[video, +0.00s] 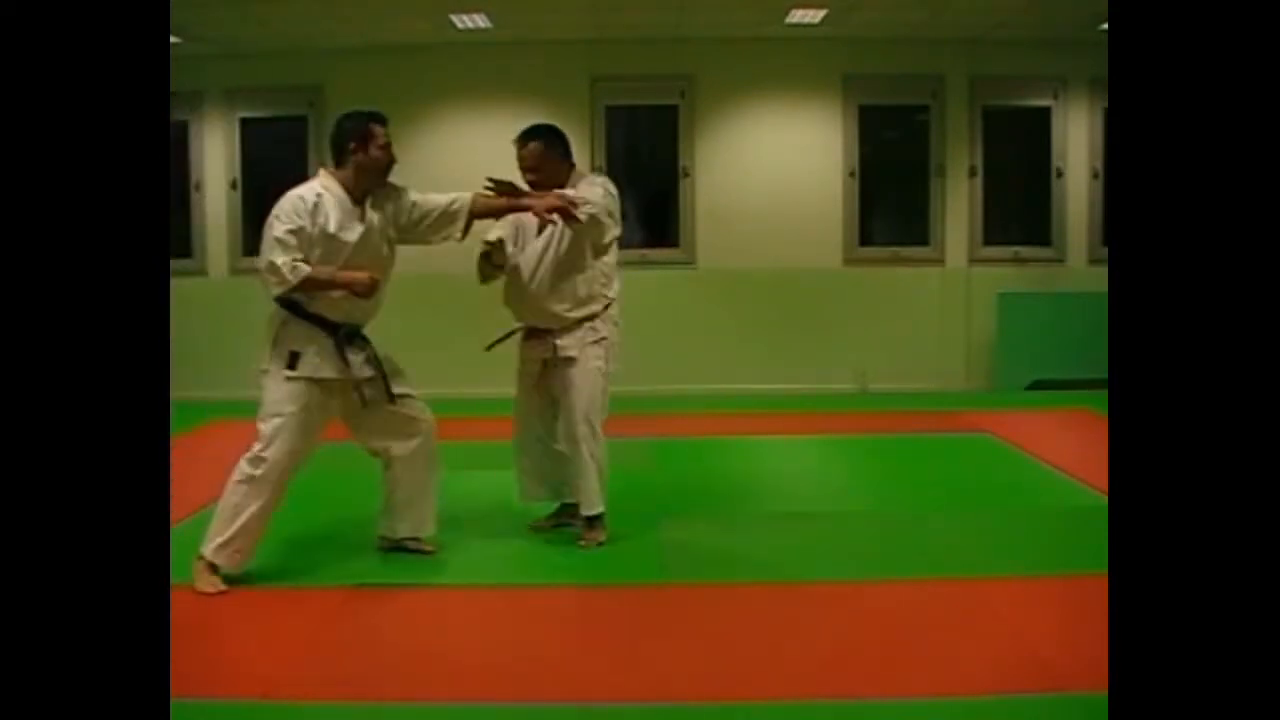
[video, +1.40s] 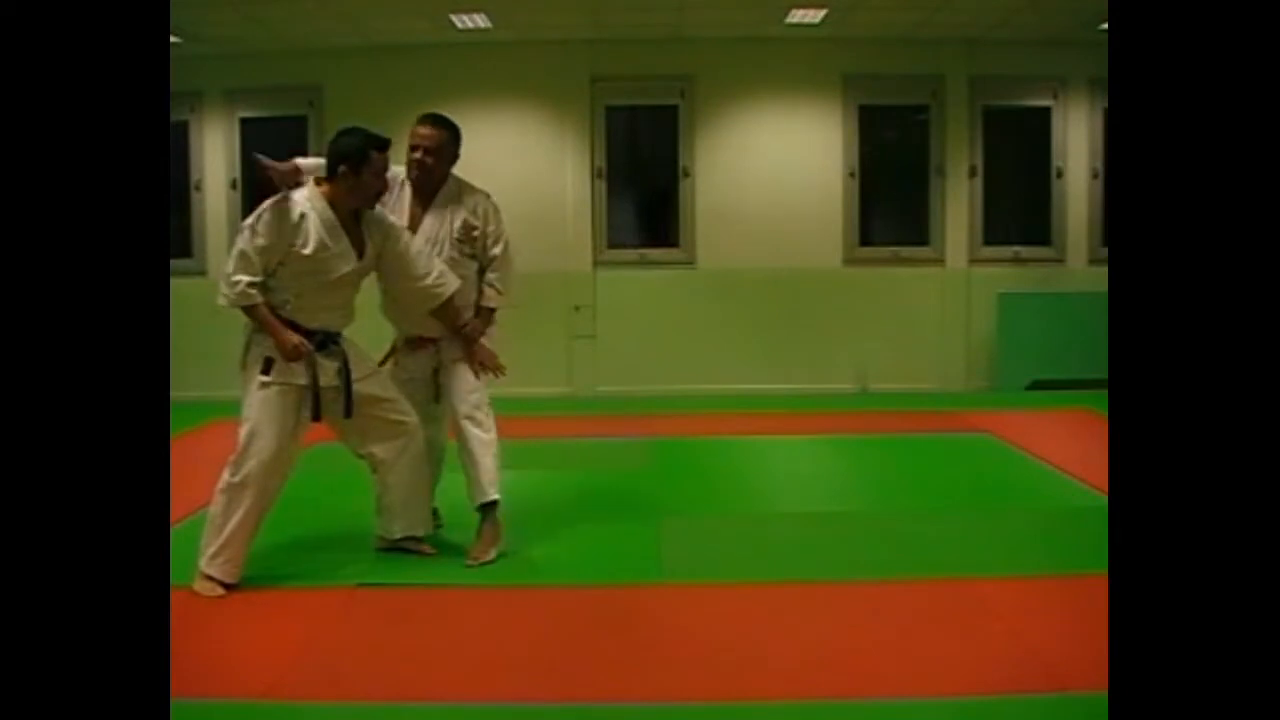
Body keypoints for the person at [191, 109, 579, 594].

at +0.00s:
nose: (393, 157)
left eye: (391, 147)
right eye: (384, 147)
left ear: (368, 151)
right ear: (356, 152)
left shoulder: (389, 202)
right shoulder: (303, 203)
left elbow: (457, 207)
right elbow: (280, 271)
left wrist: (527, 201)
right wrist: (342, 279)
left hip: (352, 345)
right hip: (301, 343)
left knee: (413, 430)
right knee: (275, 454)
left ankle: (404, 534)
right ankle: (215, 560)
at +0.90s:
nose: (393, 168)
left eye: (393, 158)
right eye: (385, 158)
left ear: (363, 162)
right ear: (352, 160)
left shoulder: (383, 215)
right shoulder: (288, 204)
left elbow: (448, 248)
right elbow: (243, 269)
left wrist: (512, 270)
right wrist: (287, 311)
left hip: (343, 349)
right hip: (287, 349)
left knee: (408, 431)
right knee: (261, 458)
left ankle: (402, 533)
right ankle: (217, 565)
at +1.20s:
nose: (385, 172)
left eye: (385, 163)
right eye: (377, 164)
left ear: (354, 166)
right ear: (344, 165)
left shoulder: (377, 220)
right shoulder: (283, 211)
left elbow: (432, 275)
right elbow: (238, 278)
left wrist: (486, 327)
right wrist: (276, 326)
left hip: (338, 350)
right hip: (282, 350)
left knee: (405, 432)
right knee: (260, 458)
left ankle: (399, 534)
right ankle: (215, 569)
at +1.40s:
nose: (385, 184)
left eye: (386, 174)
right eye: (378, 174)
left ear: (354, 173)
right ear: (347, 173)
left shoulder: (376, 225)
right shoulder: (287, 212)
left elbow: (429, 278)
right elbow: (239, 280)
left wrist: (471, 340)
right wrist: (278, 332)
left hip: (335, 350)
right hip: (279, 348)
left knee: (401, 429)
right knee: (263, 457)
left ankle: (399, 533)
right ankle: (215, 568)